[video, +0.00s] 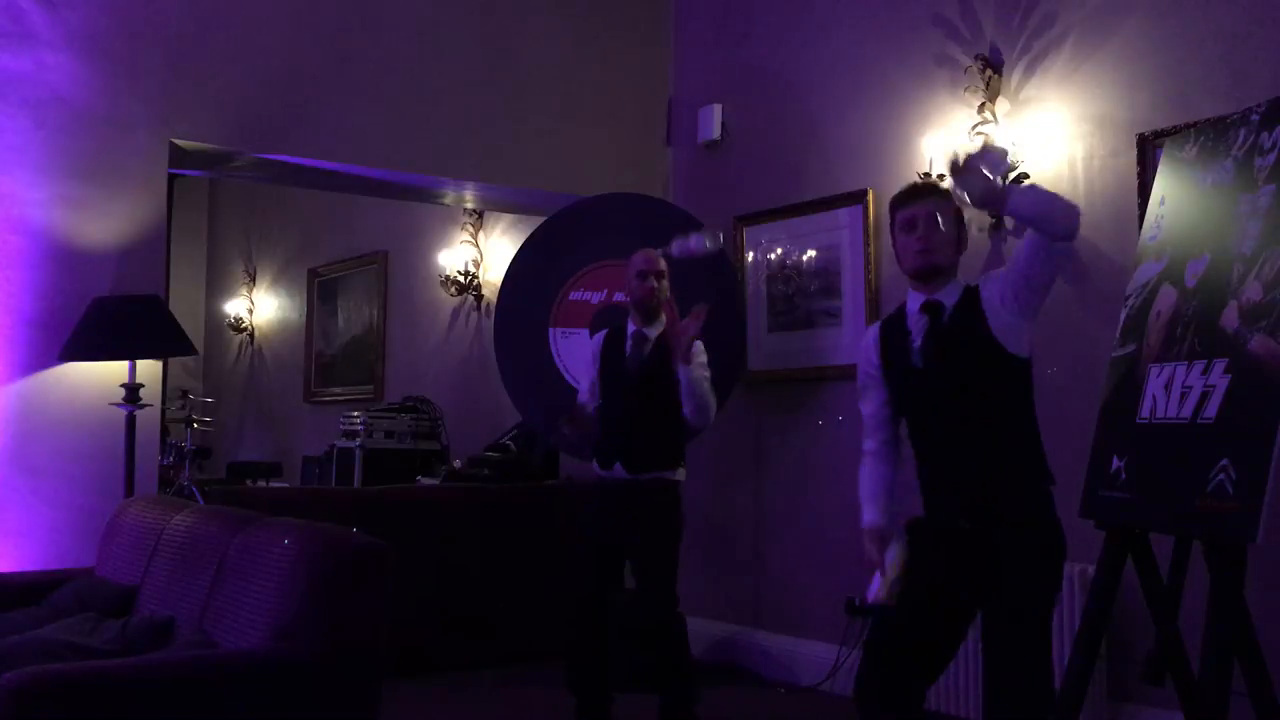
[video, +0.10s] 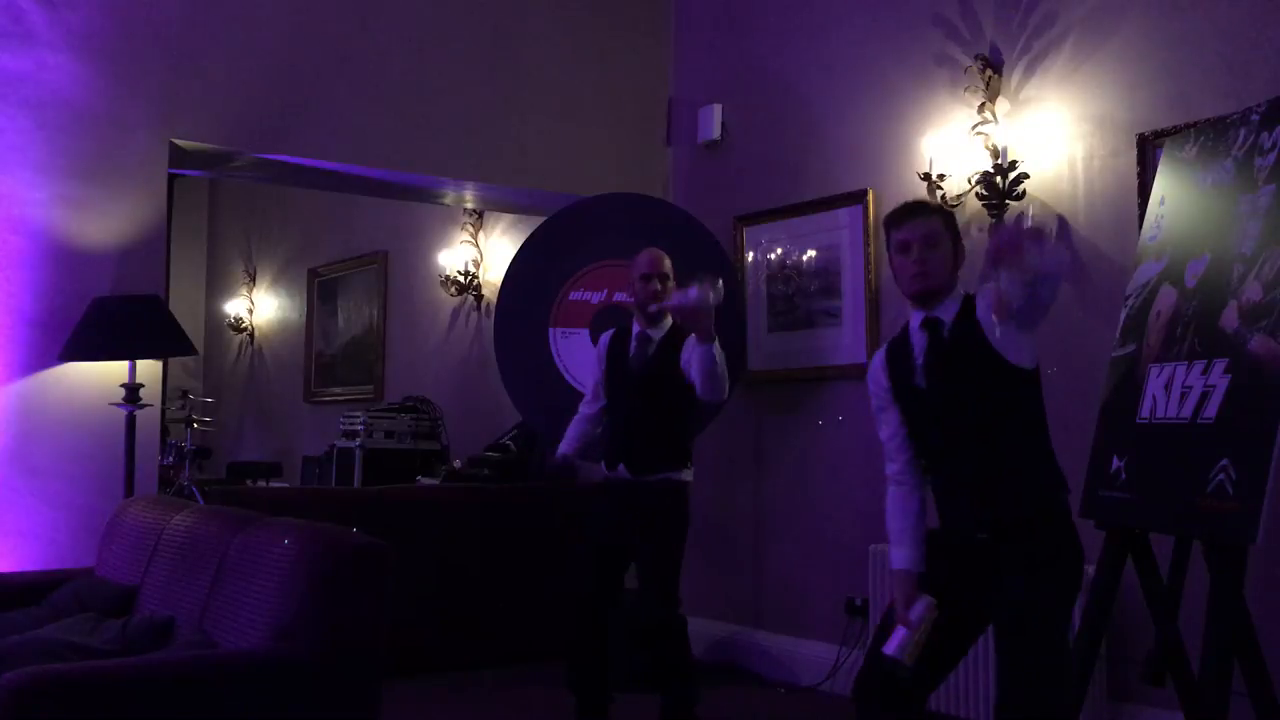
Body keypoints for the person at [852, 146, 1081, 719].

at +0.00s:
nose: (924, 236)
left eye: (937, 223)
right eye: (909, 227)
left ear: (960, 237)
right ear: (893, 248)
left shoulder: (1003, 300)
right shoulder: (881, 341)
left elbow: (1063, 222)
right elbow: (878, 444)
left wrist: (997, 194)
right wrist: (877, 537)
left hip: (1020, 528)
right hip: (941, 536)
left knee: (1016, 697)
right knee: (881, 690)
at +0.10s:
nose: (918, 261)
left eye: (931, 246)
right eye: (904, 250)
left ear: (957, 255)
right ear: (891, 265)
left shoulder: (996, 313)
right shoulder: (888, 365)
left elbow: (1029, 296)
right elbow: (901, 475)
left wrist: (1031, 260)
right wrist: (904, 575)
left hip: (1037, 543)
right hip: (962, 550)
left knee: (1029, 704)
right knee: (881, 691)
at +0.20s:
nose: (919, 276)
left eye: (932, 260)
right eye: (905, 265)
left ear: (962, 263)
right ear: (896, 276)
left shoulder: (1012, 315)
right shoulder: (900, 372)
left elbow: (1021, 338)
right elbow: (916, 487)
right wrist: (932, 590)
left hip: (1043, 552)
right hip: (963, 560)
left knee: (1033, 706)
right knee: (878, 693)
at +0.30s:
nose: (930, 276)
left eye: (943, 258)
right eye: (918, 263)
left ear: (978, 260)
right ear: (909, 272)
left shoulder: (1027, 319)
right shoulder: (911, 366)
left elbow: (987, 395)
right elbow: (923, 475)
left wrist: (882, 410)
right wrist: (940, 561)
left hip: (1045, 554)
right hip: (968, 559)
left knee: (1033, 709)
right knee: (880, 696)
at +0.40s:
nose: (939, 269)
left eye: (954, 252)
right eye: (929, 257)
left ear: (991, 255)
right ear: (922, 263)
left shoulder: (1032, 322)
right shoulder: (918, 355)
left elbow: (952, 415)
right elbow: (923, 448)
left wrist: (840, 428)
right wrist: (923, 490)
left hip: (1040, 552)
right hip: (967, 553)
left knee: (1025, 707)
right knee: (885, 692)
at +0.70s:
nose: (933, 230)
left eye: (950, 218)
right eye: (934, 219)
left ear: (999, 230)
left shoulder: (1021, 314)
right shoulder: (944, 315)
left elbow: (985, 437)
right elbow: (938, 416)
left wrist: (875, 500)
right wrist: (880, 442)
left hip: (1014, 532)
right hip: (954, 526)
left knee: (998, 694)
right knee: (892, 681)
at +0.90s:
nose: (936, 223)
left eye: (953, 210)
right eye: (937, 211)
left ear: (1000, 222)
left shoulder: (1027, 300)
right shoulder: (941, 309)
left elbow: (990, 399)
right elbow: (880, 390)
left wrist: (891, 413)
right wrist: (819, 386)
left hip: (1011, 526)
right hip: (948, 520)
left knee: (998, 695)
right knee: (891, 681)